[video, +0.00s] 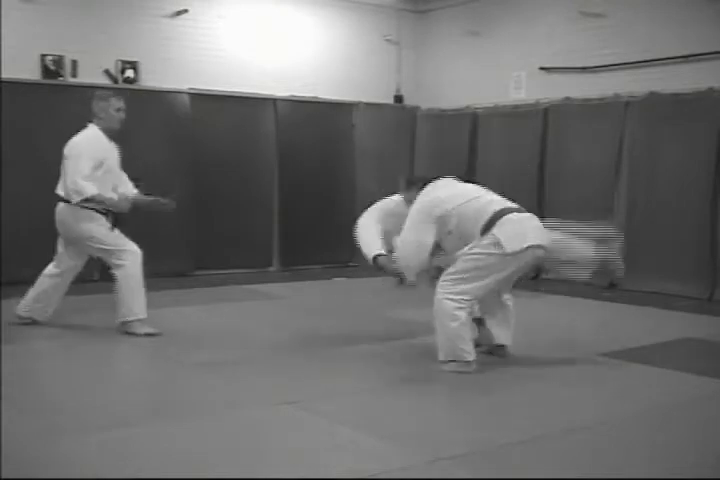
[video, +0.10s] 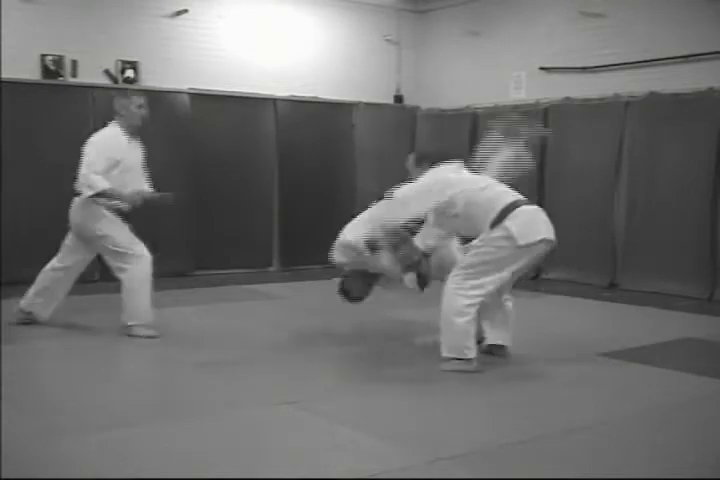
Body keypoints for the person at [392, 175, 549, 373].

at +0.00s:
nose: (410, 206)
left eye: (410, 201)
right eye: (408, 201)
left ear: (416, 191)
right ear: (430, 184)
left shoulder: (427, 199)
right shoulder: (460, 189)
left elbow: (411, 256)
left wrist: (409, 275)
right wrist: (440, 265)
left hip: (507, 237)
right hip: (536, 235)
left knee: (450, 290)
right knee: (494, 290)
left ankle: (459, 360)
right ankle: (498, 344)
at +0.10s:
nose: (411, 176)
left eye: (412, 170)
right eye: (411, 171)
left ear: (422, 166)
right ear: (439, 164)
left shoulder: (435, 180)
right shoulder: (460, 179)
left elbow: (392, 207)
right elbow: (436, 230)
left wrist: (354, 232)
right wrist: (413, 251)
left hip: (514, 230)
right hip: (540, 230)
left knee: (460, 284)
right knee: (495, 285)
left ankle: (460, 356)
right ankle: (497, 343)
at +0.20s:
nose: (418, 160)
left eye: (420, 155)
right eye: (418, 156)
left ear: (430, 151)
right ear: (442, 148)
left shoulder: (443, 163)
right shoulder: (461, 170)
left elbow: (402, 183)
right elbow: (435, 225)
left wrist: (365, 198)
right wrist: (422, 261)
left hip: (518, 225)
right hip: (538, 224)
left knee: (468, 279)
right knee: (492, 277)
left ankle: (463, 355)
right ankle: (496, 339)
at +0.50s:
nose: (449, 126)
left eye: (453, 120)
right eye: (450, 120)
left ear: (469, 122)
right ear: (469, 123)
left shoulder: (481, 149)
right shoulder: (475, 148)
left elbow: (467, 203)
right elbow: (459, 192)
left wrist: (429, 212)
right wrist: (431, 206)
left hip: (524, 225)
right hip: (509, 228)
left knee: (496, 282)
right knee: (489, 278)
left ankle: (535, 343)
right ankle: (498, 332)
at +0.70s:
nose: (467, 113)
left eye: (471, 108)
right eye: (468, 108)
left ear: (487, 112)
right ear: (489, 112)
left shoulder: (505, 143)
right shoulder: (499, 139)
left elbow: (511, 192)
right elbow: (505, 189)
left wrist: (502, 231)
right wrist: (501, 227)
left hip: (536, 222)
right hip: (524, 222)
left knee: (526, 282)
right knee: (506, 277)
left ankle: (551, 354)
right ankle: (518, 329)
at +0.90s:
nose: (483, 125)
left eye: (488, 119)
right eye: (484, 119)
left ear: (503, 122)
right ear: (500, 123)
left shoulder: (522, 154)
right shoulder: (496, 155)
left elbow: (530, 207)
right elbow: (490, 196)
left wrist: (505, 231)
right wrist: (483, 217)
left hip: (554, 226)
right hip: (532, 228)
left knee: (533, 282)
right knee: (515, 270)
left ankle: (554, 352)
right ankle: (541, 326)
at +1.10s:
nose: (498, 123)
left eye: (504, 118)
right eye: (499, 118)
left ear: (518, 125)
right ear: (527, 126)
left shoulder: (521, 157)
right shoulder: (541, 146)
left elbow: (475, 167)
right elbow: (503, 154)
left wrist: (441, 143)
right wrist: (487, 136)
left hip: (544, 234)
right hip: (561, 228)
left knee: (501, 287)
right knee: (534, 289)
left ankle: (534, 344)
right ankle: (555, 333)